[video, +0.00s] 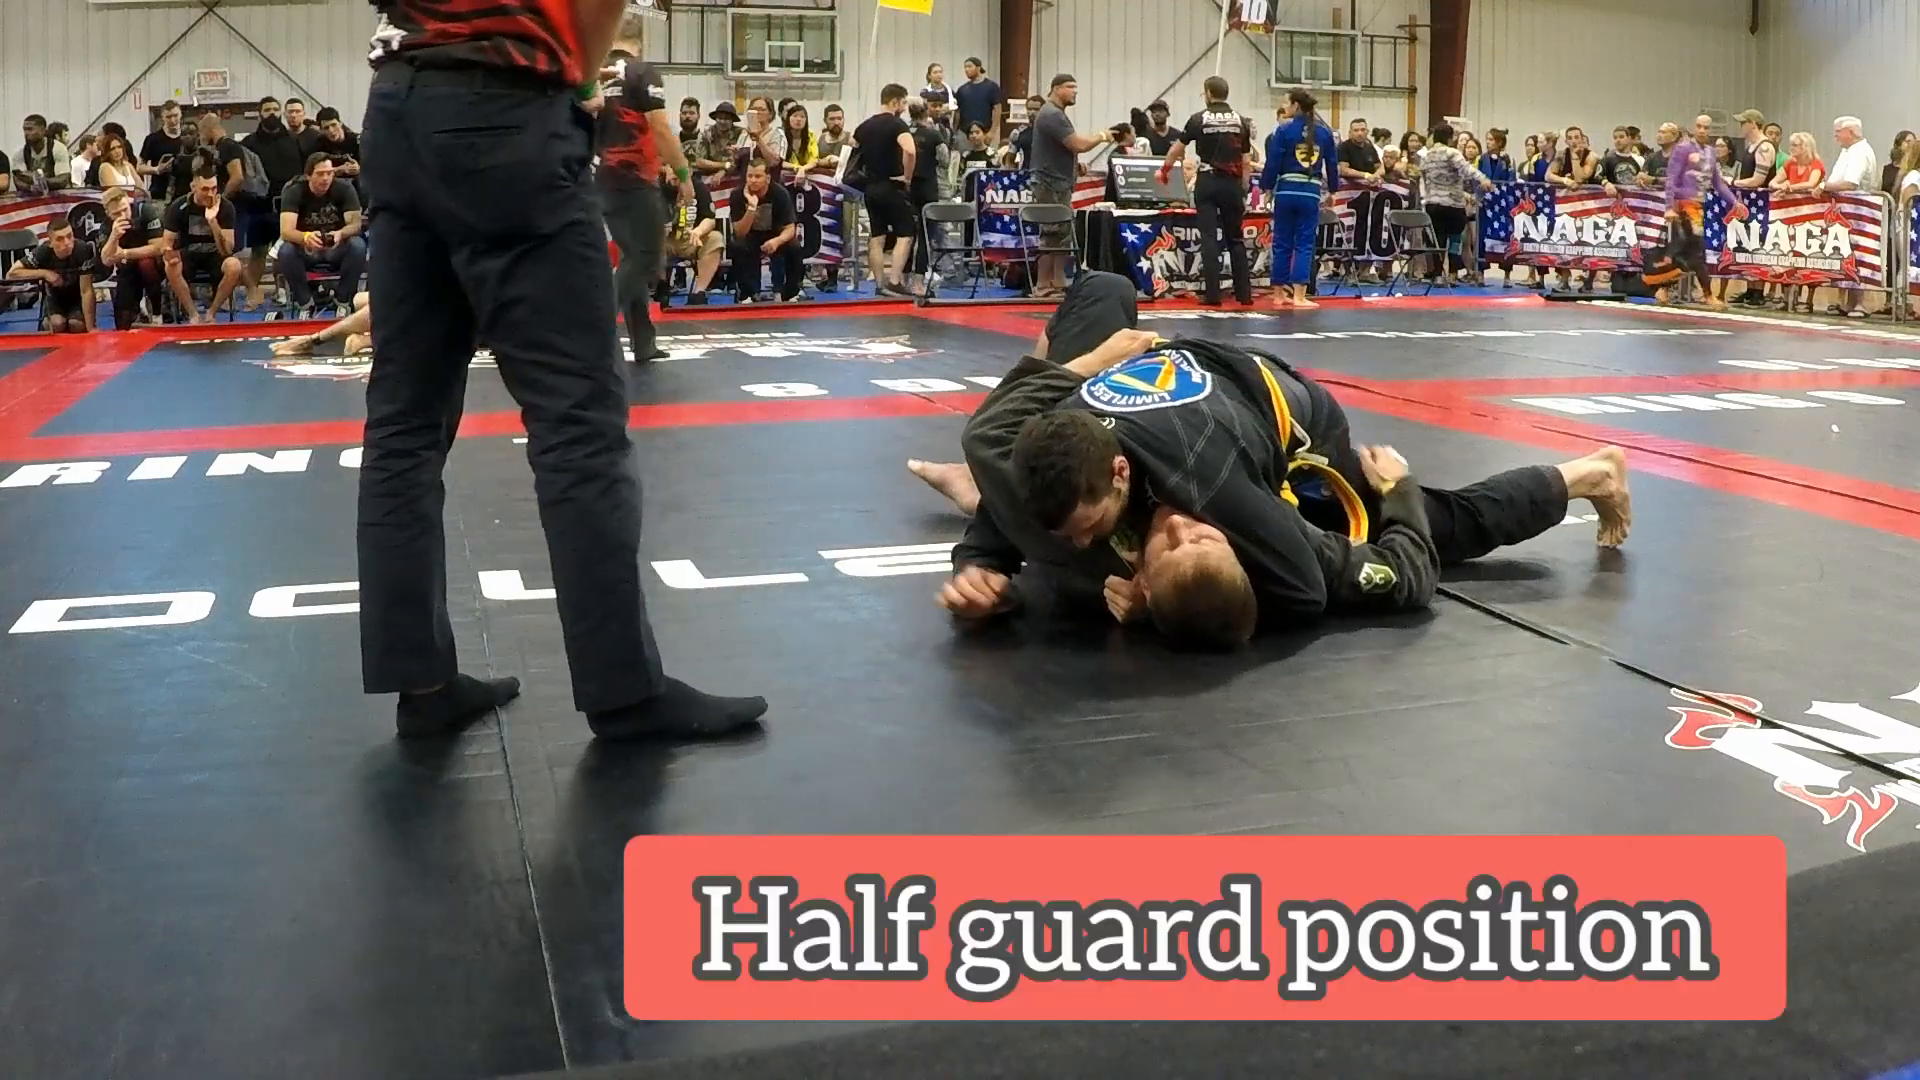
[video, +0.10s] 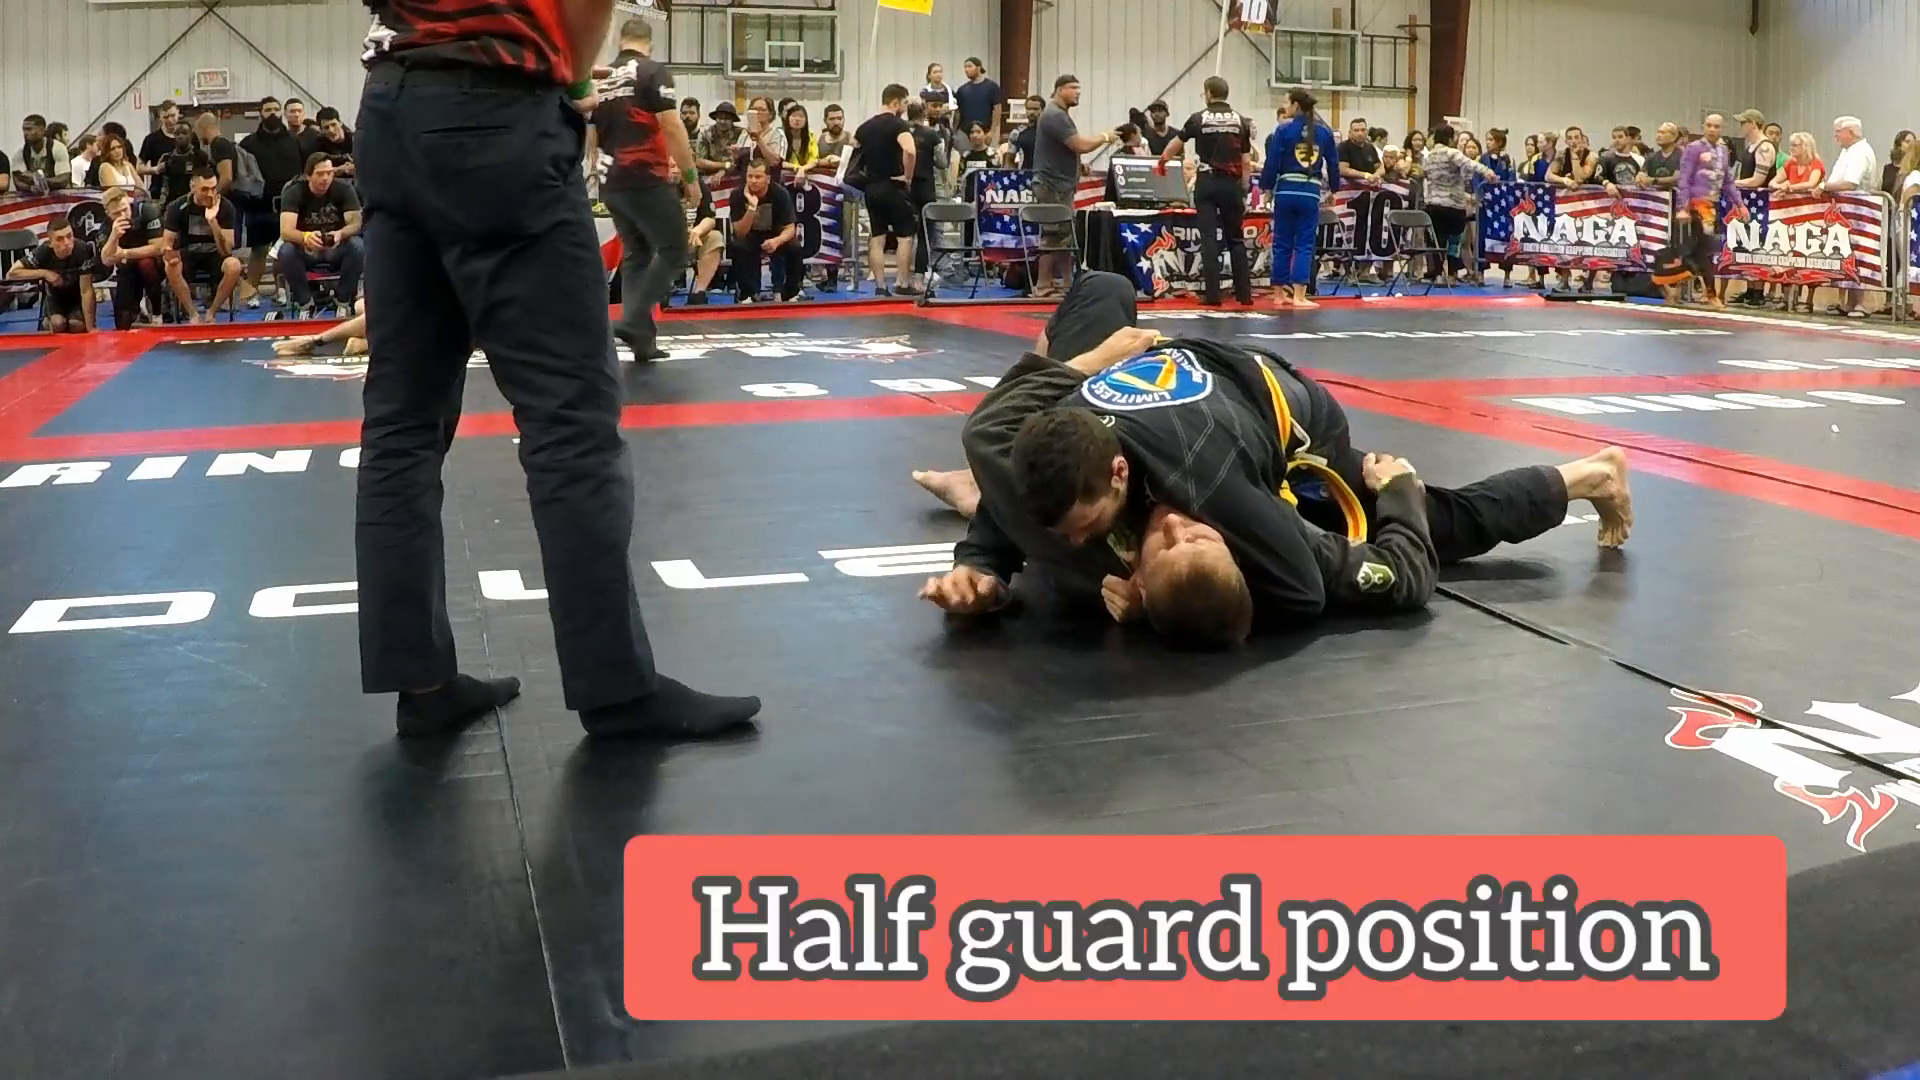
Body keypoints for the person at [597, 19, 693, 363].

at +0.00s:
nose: (645, 42)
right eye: (643, 37)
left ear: (612, 37)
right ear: (640, 39)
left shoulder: (596, 71)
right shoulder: (644, 72)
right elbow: (660, 128)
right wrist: (683, 173)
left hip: (605, 176)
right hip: (636, 179)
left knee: (634, 259)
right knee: (646, 259)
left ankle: (644, 345)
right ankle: (597, 321)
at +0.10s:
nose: (645, 49)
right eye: (648, 44)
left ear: (620, 41)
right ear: (649, 43)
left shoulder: (603, 78)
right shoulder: (654, 72)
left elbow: (593, 136)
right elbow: (673, 128)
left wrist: (593, 170)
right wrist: (691, 177)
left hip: (612, 181)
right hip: (648, 180)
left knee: (635, 255)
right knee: (674, 251)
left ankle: (642, 342)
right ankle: (633, 322)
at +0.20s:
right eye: (658, 41)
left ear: (631, 40)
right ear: (659, 41)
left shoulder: (610, 80)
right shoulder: (666, 72)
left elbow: (606, 137)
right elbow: (684, 127)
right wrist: (700, 177)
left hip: (624, 181)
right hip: (661, 178)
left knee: (639, 254)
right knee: (687, 251)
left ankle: (644, 343)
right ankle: (679, 333)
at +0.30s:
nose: (667, 49)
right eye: (668, 44)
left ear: (639, 44)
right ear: (669, 44)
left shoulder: (619, 80)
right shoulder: (679, 74)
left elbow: (613, 138)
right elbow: (698, 128)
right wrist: (714, 177)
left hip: (634, 186)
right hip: (674, 183)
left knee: (642, 259)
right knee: (699, 260)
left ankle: (643, 344)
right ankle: (720, 340)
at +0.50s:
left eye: (681, 42)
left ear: (674, 45)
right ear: (701, 45)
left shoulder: (651, 81)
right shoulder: (720, 78)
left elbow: (640, 140)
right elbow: (738, 135)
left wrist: (648, 177)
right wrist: (750, 180)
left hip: (663, 187)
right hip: (707, 187)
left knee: (661, 260)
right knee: (727, 262)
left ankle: (645, 340)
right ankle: (741, 341)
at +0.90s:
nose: (713, 47)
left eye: (713, 42)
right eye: (716, 42)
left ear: (718, 40)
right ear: (745, 40)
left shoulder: (704, 74)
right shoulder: (769, 79)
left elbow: (683, 126)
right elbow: (789, 137)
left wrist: (678, 175)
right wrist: (793, 185)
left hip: (706, 178)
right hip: (750, 180)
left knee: (694, 253)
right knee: (746, 257)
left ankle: (681, 330)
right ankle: (745, 342)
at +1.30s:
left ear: (715, 49)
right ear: (739, 48)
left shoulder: (706, 78)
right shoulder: (759, 81)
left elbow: (693, 133)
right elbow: (771, 141)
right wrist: (766, 185)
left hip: (711, 171)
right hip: (750, 171)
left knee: (709, 258)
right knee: (744, 255)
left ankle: (716, 339)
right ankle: (747, 339)